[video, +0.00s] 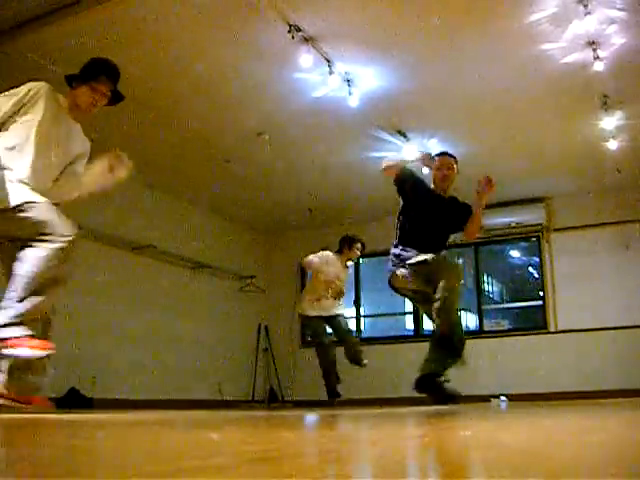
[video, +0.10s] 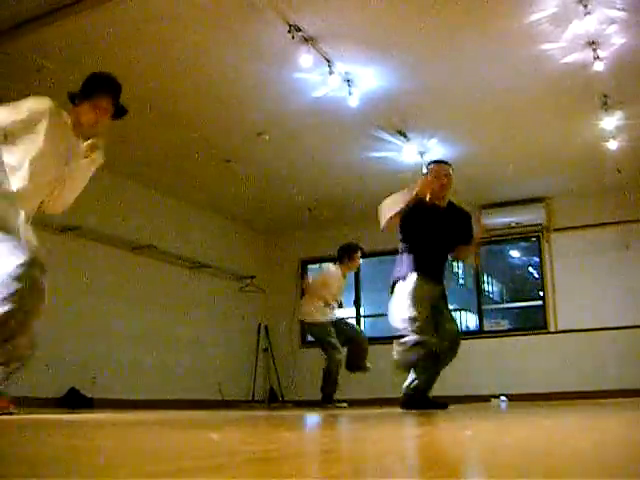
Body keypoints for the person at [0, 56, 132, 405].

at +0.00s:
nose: (97, 102)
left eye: (103, 100)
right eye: (94, 92)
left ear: (103, 106)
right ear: (77, 83)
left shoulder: (80, 144)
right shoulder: (39, 93)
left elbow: (56, 191)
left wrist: (94, 178)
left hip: (32, 199)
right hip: (6, 183)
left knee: (39, 285)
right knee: (59, 232)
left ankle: (18, 382)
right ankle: (12, 323)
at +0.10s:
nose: (100, 119)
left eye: (106, 115)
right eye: (97, 108)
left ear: (108, 120)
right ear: (81, 101)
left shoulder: (80, 155)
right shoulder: (42, 111)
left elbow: (54, 206)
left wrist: (85, 165)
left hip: (17, 216)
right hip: (3, 201)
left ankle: (1, 383)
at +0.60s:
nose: (58, 84)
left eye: (65, 77)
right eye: (52, 76)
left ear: (79, 76)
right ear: (43, 74)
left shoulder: (94, 115)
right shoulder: (24, 91)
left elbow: (94, 161)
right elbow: (23, 139)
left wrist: (55, 165)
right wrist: (80, 130)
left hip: (49, 210)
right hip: (8, 208)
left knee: (44, 268)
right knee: (10, 292)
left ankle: (14, 377)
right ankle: (17, 384)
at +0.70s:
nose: (46, 83)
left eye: (54, 76)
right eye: (40, 75)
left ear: (66, 79)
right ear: (29, 76)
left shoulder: (84, 119)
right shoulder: (10, 106)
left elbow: (105, 170)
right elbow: (2, 149)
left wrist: (64, 154)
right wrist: (28, 144)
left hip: (56, 221)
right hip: (11, 223)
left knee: (48, 292)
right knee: (21, 308)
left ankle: (69, 378)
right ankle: (38, 391)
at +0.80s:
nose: (34, 88)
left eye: (42, 79)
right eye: (28, 80)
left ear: (58, 78)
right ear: (21, 81)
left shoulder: (82, 118)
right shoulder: (11, 121)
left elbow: (90, 178)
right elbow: (5, 176)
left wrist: (54, 163)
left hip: (64, 232)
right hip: (19, 233)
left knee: (60, 311)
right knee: (25, 321)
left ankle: (85, 394)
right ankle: (42, 396)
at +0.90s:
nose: (19, 76)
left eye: (27, 68)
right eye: (17, 68)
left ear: (45, 69)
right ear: (16, 70)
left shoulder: (71, 105)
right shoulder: (17, 111)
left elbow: (77, 162)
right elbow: (18, 168)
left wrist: (25, 123)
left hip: (68, 218)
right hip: (25, 215)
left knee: (74, 302)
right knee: (5, 287)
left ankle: (89, 389)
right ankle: (31, 357)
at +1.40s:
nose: (68, 69)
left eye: (68, 60)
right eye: (65, 59)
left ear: (31, 56)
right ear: (50, 57)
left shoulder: (18, 86)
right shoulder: (36, 85)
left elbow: (17, 149)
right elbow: (18, 145)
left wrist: (61, 142)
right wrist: (67, 144)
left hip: (17, 209)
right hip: (22, 210)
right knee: (56, 279)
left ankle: (49, 363)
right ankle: (49, 363)